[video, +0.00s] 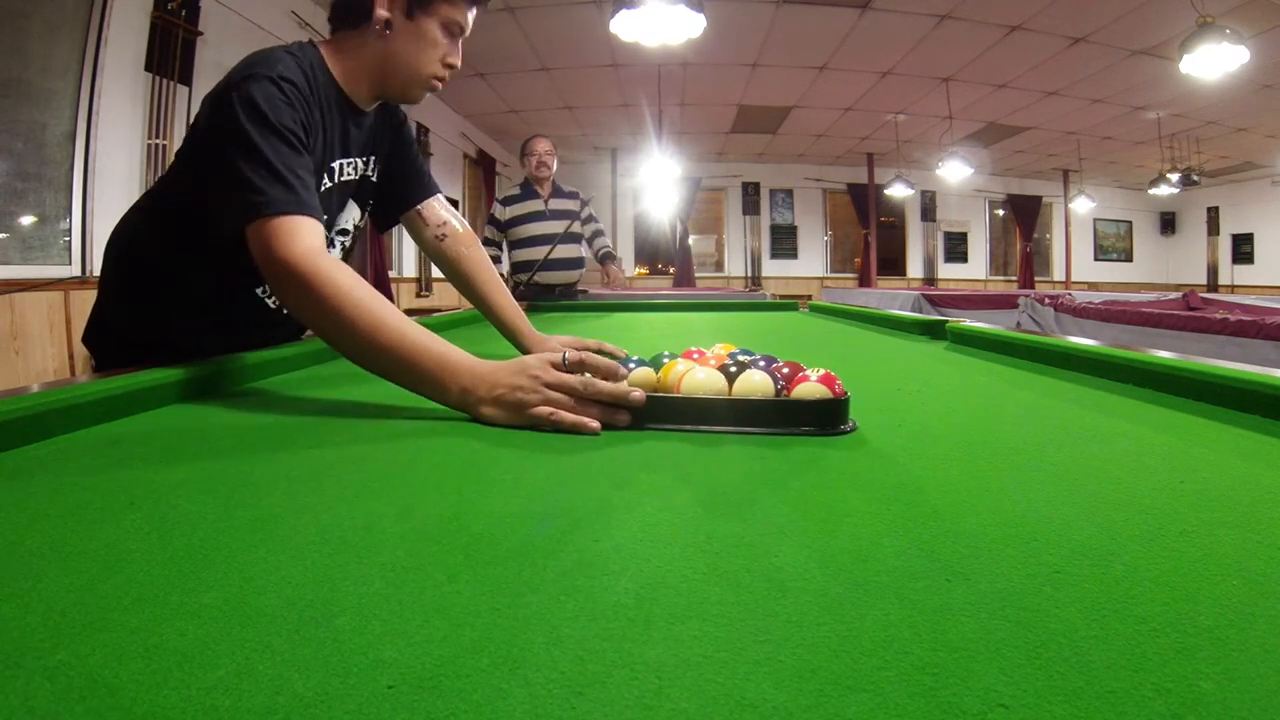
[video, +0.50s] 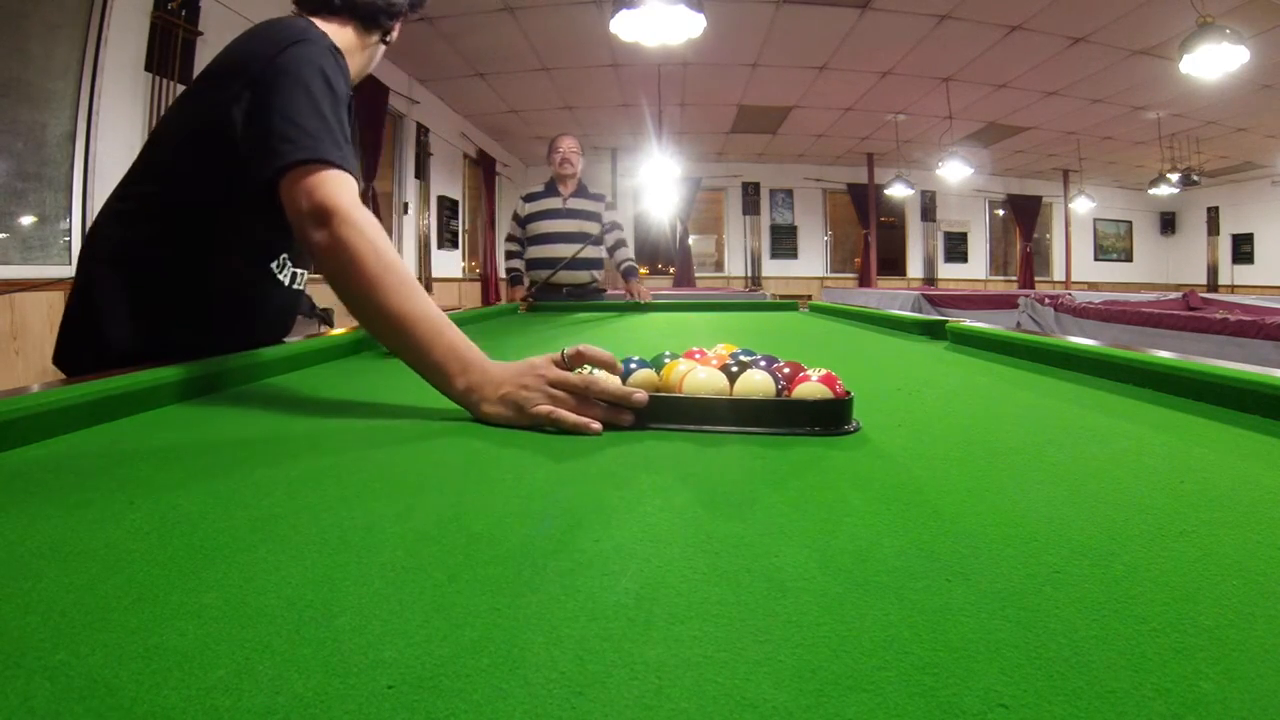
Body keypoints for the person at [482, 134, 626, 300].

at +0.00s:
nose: (542, 158)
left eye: (548, 153)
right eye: (534, 154)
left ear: (556, 160)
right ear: (524, 163)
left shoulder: (575, 199)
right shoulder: (506, 203)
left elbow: (595, 234)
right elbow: (491, 248)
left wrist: (609, 263)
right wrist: (496, 284)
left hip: (569, 296)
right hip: (527, 298)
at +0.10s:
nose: (543, 158)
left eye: (549, 153)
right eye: (535, 154)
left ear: (558, 160)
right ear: (525, 163)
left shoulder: (577, 199)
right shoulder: (508, 203)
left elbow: (597, 235)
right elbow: (492, 247)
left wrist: (612, 265)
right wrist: (498, 285)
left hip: (572, 296)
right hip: (528, 298)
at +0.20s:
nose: (545, 156)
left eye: (552, 151)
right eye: (537, 153)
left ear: (561, 160)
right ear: (529, 162)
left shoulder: (581, 199)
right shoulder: (511, 202)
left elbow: (600, 237)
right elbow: (494, 246)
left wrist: (617, 269)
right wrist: (502, 287)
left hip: (575, 296)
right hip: (530, 299)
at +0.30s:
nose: (551, 156)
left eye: (558, 151)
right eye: (543, 152)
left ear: (567, 161)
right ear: (534, 161)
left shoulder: (586, 200)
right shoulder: (515, 202)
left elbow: (604, 238)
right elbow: (499, 245)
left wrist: (621, 271)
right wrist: (504, 286)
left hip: (578, 298)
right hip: (533, 300)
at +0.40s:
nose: (557, 155)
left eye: (564, 151)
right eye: (550, 152)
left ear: (574, 160)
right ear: (541, 161)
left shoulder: (592, 201)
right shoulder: (521, 201)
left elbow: (610, 241)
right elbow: (505, 244)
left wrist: (627, 275)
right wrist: (509, 285)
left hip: (583, 298)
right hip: (538, 299)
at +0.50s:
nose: (565, 155)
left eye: (572, 151)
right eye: (558, 151)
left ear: (582, 162)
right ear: (549, 162)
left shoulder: (601, 202)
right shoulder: (529, 201)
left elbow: (616, 242)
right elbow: (514, 244)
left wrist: (632, 279)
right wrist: (516, 284)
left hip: (589, 297)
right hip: (544, 298)